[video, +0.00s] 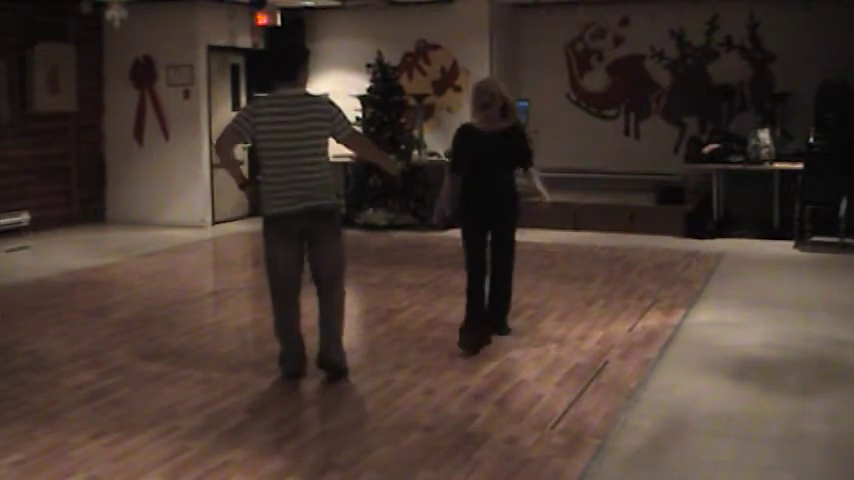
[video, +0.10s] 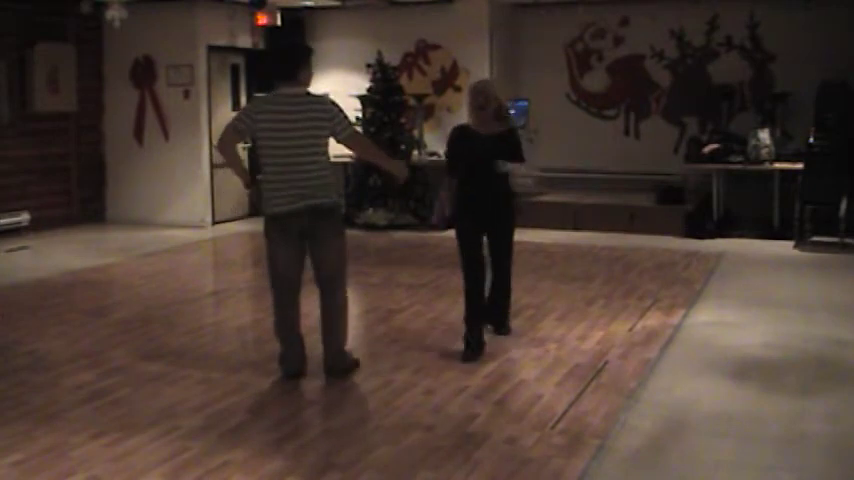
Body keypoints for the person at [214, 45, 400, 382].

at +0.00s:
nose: (307, 70)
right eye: (305, 64)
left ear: (271, 70)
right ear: (303, 69)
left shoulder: (257, 109)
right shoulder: (320, 105)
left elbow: (223, 145)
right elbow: (355, 142)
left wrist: (242, 182)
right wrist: (388, 163)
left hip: (279, 211)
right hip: (322, 208)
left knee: (284, 289)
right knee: (330, 283)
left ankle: (292, 363)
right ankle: (333, 360)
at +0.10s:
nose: (312, 72)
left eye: (309, 65)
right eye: (309, 66)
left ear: (274, 70)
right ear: (304, 70)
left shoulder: (259, 106)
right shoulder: (322, 106)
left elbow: (225, 143)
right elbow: (358, 145)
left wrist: (246, 179)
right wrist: (392, 165)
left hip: (279, 212)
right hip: (323, 208)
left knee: (285, 290)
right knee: (332, 284)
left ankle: (292, 362)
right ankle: (336, 359)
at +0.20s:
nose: (316, 72)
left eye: (314, 65)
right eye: (314, 65)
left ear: (279, 69)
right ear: (306, 69)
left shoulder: (260, 106)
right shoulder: (324, 107)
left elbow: (227, 141)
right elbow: (359, 147)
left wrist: (240, 181)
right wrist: (397, 171)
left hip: (280, 212)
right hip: (324, 209)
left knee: (286, 290)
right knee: (333, 285)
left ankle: (292, 362)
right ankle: (338, 358)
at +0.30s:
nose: (319, 73)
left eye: (317, 66)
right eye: (317, 66)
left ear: (280, 69)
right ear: (310, 69)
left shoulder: (262, 106)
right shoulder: (324, 106)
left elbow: (228, 140)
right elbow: (360, 148)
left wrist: (234, 182)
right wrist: (398, 172)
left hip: (281, 210)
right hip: (324, 208)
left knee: (286, 289)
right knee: (333, 285)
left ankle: (291, 362)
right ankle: (337, 358)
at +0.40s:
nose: (322, 72)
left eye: (320, 66)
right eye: (319, 66)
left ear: (284, 69)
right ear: (311, 69)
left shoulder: (263, 106)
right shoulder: (325, 107)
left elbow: (230, 138)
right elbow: (360, 150)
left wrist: (236, 181)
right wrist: (400, 172)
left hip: (282, 211)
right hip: (324, 210)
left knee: (286, 289)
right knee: (333, 285)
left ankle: (291, 363)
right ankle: (337, 358)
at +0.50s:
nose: (324, 71)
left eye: (322, 65)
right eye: (321, 65)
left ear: (286, 68)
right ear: (313, 68)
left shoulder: (266, 105)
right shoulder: (327, 108)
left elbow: (231, 135)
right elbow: (357, 154)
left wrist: (236, 179)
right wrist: (399, 171)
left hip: (284, 212)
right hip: (326, 211)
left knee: (286, 290)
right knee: (333, 286)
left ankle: (291, 363)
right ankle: (337, 358)